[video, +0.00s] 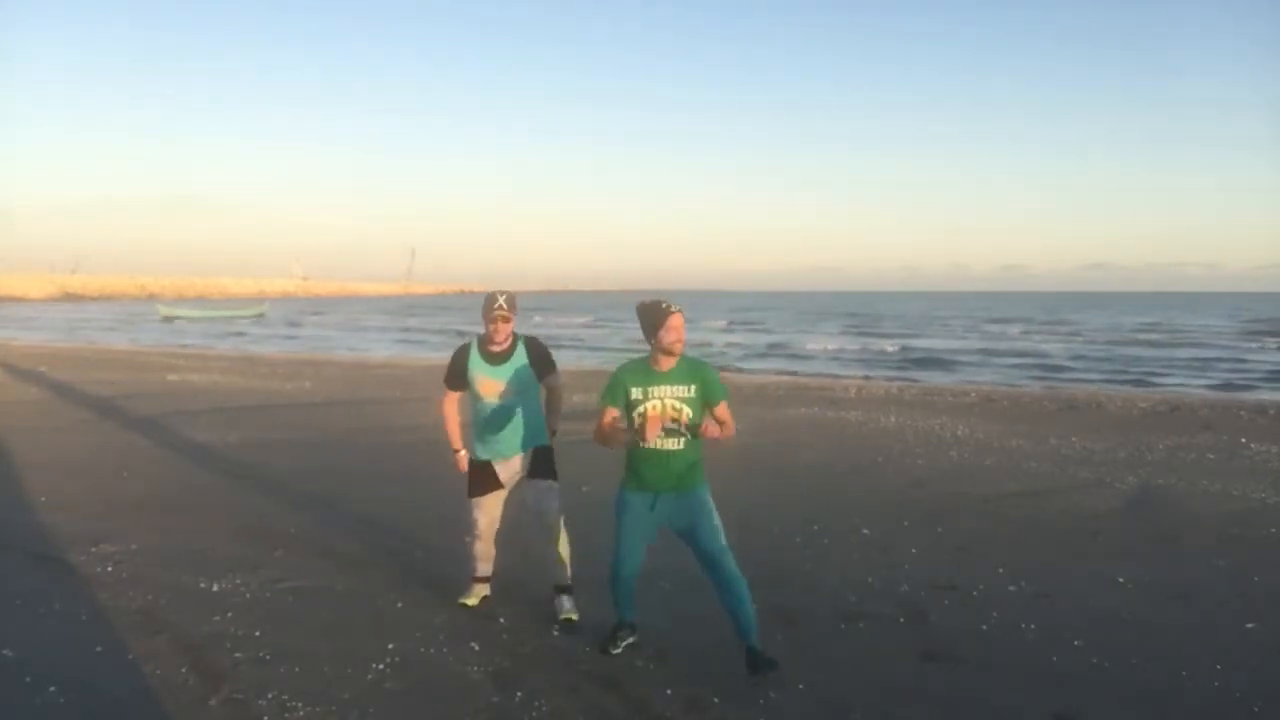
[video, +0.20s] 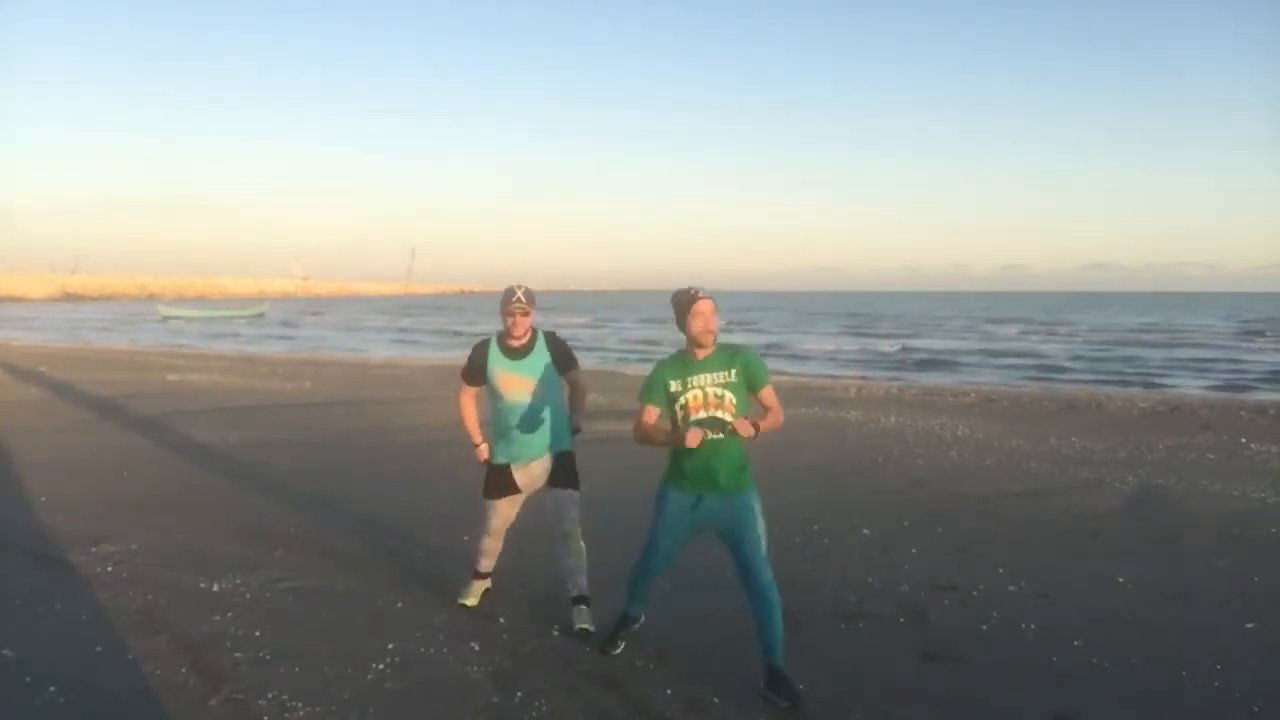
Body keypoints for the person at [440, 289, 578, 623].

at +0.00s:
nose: (499, 327)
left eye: (505, 320)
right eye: (493, 320)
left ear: (514, 321)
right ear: (484, 321)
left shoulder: (532, 349)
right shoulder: (465, 356)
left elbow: (554, 387)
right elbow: (450, 401)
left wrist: (551, 426)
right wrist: (457, 447)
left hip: (534, 450)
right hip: (487, 455)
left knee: (553, 520)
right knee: (482, 524)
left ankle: (563, 593)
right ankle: (480, 583)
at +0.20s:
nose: (517, 321)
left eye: (523, 314)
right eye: (511, 314)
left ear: (533, 315)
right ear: (502, 316)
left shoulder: (552, 346)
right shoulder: (484, 353)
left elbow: (577, 384)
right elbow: (467, 397)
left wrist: (575, 421)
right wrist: (478, 441)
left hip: (556, 451)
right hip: (506, 457)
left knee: (570, 529)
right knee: (494, 527)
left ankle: (580, 604)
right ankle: (480, 579)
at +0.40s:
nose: (541, 317)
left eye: (547, 309)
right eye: (534, 310)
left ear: (557, 310)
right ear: (524, 310)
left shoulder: (575, 343)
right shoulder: (507, 349)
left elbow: (604, 387)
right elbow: (490, 398)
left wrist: (610, 430)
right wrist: (490, 448)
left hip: (572, 452)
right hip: (524, 454)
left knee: (576, 530)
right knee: (514, 530)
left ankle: (581, 607)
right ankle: (503, 579)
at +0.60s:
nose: (551, 306)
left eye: (557, 299)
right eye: (544, 300)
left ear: (566, 300)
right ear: (533, 301)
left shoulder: (583, 334)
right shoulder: (514, 337)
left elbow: (609, 378)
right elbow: (492, 386)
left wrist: (617, 413)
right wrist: (495, 419)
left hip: (573, 449)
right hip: (526, 450)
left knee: (572, 530)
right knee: (529, 531)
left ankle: (579, 606)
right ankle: (542, 602)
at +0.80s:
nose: (550, 311)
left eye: (556, 304)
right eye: (543, 304)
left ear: (565, 305)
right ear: (531, 304)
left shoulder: (581, 340)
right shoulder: (511, 343)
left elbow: (610, 383)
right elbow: (487, 392)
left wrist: (613, 402)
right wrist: (492, 405)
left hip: (574, 455)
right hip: (525, 457)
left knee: (572, 539)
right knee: (534, 540)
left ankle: (575, 615)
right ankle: (544, 611)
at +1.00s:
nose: (549, 310)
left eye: (556, 303)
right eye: (542, 303)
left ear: (565, 303)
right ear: (529, 303)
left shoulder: (581, 340)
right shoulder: (509, 341)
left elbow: (606, 391)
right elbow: (489, 397)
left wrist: (599, 416)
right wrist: (497, 412)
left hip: (573, 456)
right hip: (521, 457)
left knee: (572, 540)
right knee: (522, 540)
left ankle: (576, 616)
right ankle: (528, 614)